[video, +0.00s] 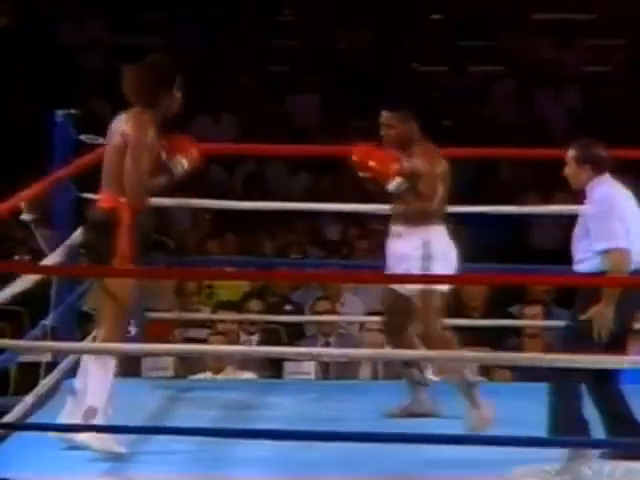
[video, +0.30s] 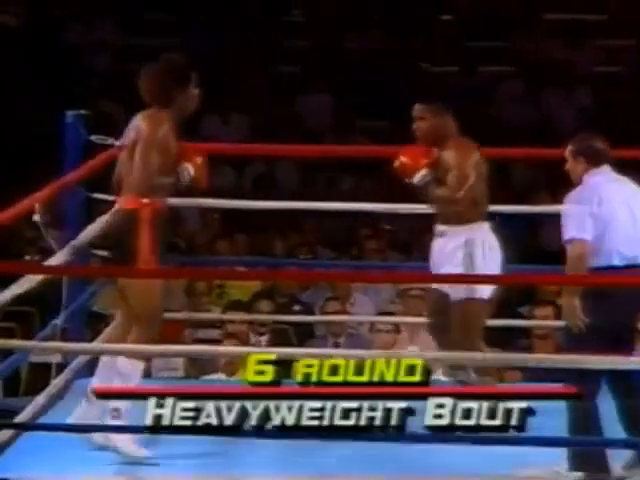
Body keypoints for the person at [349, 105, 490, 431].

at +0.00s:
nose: (385, 133)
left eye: (391, 127)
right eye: (383, 127)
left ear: (410, 127)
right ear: (383, 129)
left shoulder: (430, 160)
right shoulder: (397, 159)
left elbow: (432, 207)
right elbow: (400, 195)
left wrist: (395, 194)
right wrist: (378, 175)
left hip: (430, 247)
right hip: (404, 247)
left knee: (431, 330)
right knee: (395, 327)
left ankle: (477, 403)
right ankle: (421, 399)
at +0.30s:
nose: (416, 127)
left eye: (422, 119)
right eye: (415, 120)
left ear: (443, 120)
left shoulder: (462, 151)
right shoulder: (438, 153)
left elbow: (459, 198)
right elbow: (444, 191)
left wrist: (424, 183)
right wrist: (420, 174)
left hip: (471, 238)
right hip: (445, 238)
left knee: (466, 335)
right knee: (438, 324)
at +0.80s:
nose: (434, 142)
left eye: (440, 134)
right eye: (432, 135)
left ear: (462, 134)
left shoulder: (482, 164)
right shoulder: (459, 170)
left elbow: (486, 211)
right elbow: (460, 210)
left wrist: (446, 202)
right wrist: (438, 190)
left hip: (500, 250)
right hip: (476, 252)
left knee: (482, 341)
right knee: (478, 341)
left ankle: (477, 433)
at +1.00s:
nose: (449, 135)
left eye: (454, 126)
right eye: (448, 128)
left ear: (473, 127)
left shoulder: (497, 160)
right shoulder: (472, 162)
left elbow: (474, 208)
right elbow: (462, 202)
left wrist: (447, 181)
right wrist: (445, 171)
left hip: (512, 251)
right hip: (487, 254)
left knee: (488, 342)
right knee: (487, 343)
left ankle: (474, 431)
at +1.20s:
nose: (463, 145)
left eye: (467, 138)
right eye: (463, 138)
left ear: (485, 135)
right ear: (487, 136)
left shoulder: (498, 156)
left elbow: (505, 191)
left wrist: (465, 190)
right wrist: (459, 196)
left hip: (512, 252)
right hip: (500, 252)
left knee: (456, 326)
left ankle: (464, 414)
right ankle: (462, 414)